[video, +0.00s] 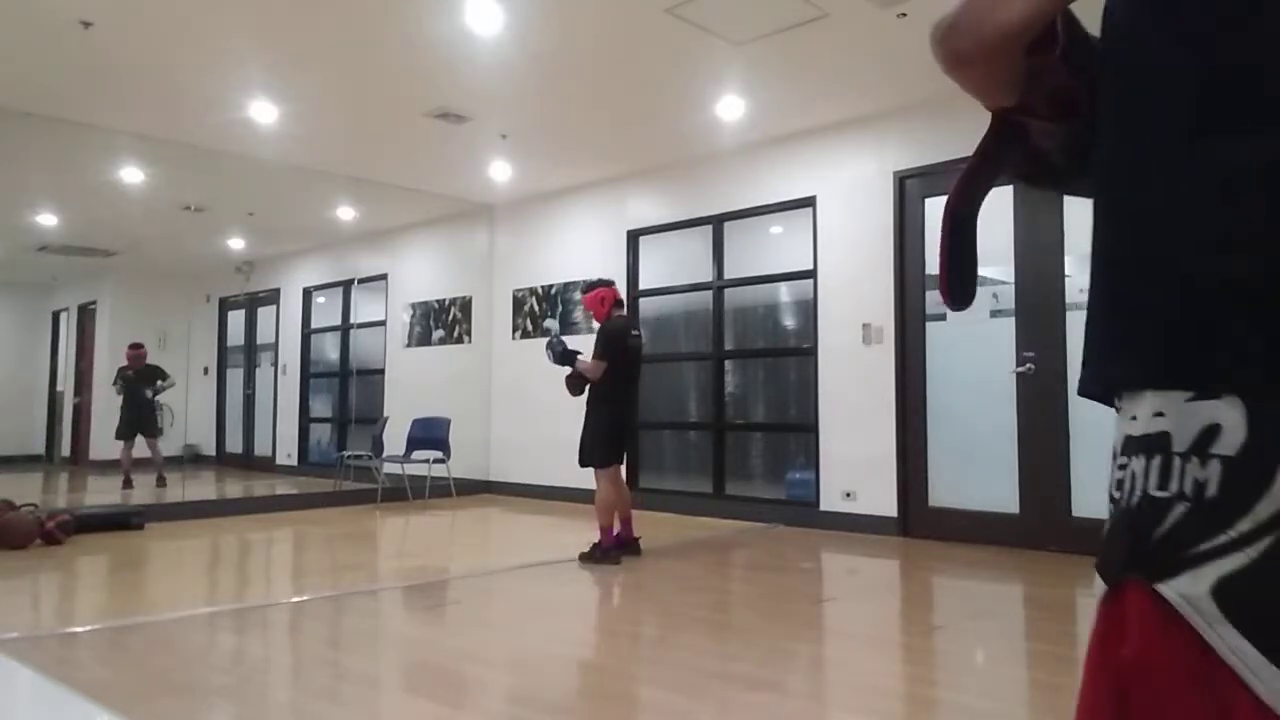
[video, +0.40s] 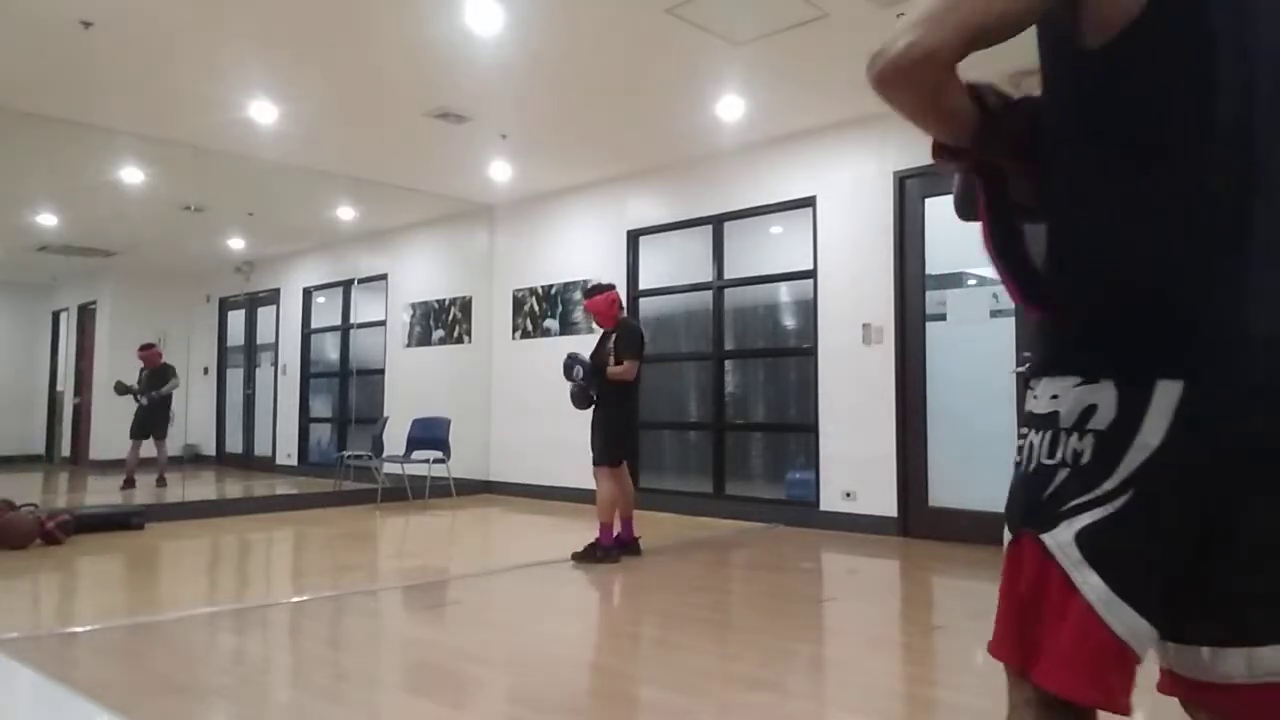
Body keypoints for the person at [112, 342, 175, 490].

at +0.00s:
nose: (131, 362)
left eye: (134, 358)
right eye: (129, 358)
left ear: (143, 358)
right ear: (127, 357)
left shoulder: (153, 370)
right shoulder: (123, 371)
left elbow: (171, 381)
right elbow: (118, 390)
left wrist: (156, 391)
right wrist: (123, 382)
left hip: (147, 413)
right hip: (129, 413)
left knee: (152, 444)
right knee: (127, 445)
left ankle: (160, 475)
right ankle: (127, 478)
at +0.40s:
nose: (143, 362)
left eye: (145, 359)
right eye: (142, 359)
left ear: (154, 357)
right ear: (143, 358)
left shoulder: (168, 369)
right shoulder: (144, 371)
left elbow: (175, 382)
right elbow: (140, 388)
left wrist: (158, 393)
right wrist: (130, 389)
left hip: (160, 412)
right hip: (143, 411)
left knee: (160, 444)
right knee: (135, 444)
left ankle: (161, 476)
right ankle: (129, 478)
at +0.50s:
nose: (145, 363)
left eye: (146, 359)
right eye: (143, 360)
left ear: (156, 356)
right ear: (146, 359)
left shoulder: (169, 369)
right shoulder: (148, 371)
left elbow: (170, 386)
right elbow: (146, 388)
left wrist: (153, 396)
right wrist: (131, 389)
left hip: (161, 413)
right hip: (145, 412)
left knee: (160, 444)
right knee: (136, 443)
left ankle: (161, 476)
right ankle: (130, 477)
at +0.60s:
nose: (145, 363)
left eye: (146, 359)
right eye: (144, 359)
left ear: (156, 356)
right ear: (149, 358)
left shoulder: (169, 370)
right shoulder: (151, 370)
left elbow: (168, 387)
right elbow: (148, 389)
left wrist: (150, 397)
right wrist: (133, 390)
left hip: (161, 413)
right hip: (146, 411)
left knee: (160, 443)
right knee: (136, 441)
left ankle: (161, 476)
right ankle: (132, 476)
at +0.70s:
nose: (145, 362)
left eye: (146, 358)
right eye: (143, 359)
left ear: (155, 355)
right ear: (149, 358)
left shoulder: (168, 369)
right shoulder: (151, 372)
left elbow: (168, 385)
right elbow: (149, 391)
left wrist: (149, 395)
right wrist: (135, 391)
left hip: (161, 411)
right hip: (146, 410)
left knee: (159, 442)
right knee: (135, 441)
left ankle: (161, 476)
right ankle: (134, 476)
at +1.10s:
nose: (135, 361)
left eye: (137, 358)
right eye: (134, 358)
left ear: (145, 356)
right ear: (140, 358)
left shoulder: (155, 369)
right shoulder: (142, 372)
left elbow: (154, 383)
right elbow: (134, 388)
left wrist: (136, 384)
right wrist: (122, 395)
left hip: (146, 413)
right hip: (134, 413)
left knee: (145, 443)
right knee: (134, 444)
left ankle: (159, 475)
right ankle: (136, 476)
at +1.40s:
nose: (125, 361)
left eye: (126, 357)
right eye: (124, 357)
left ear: (135, 355)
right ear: (134, 356)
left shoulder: (144, 369)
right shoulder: (135, 370)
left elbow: (136, 384)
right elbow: (130, 385)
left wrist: (117, 383)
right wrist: (113, 384)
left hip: (133, 411)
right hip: (129, 409)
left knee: (120, 440)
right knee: (131, 442)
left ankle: (138, 474)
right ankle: (138, 476)